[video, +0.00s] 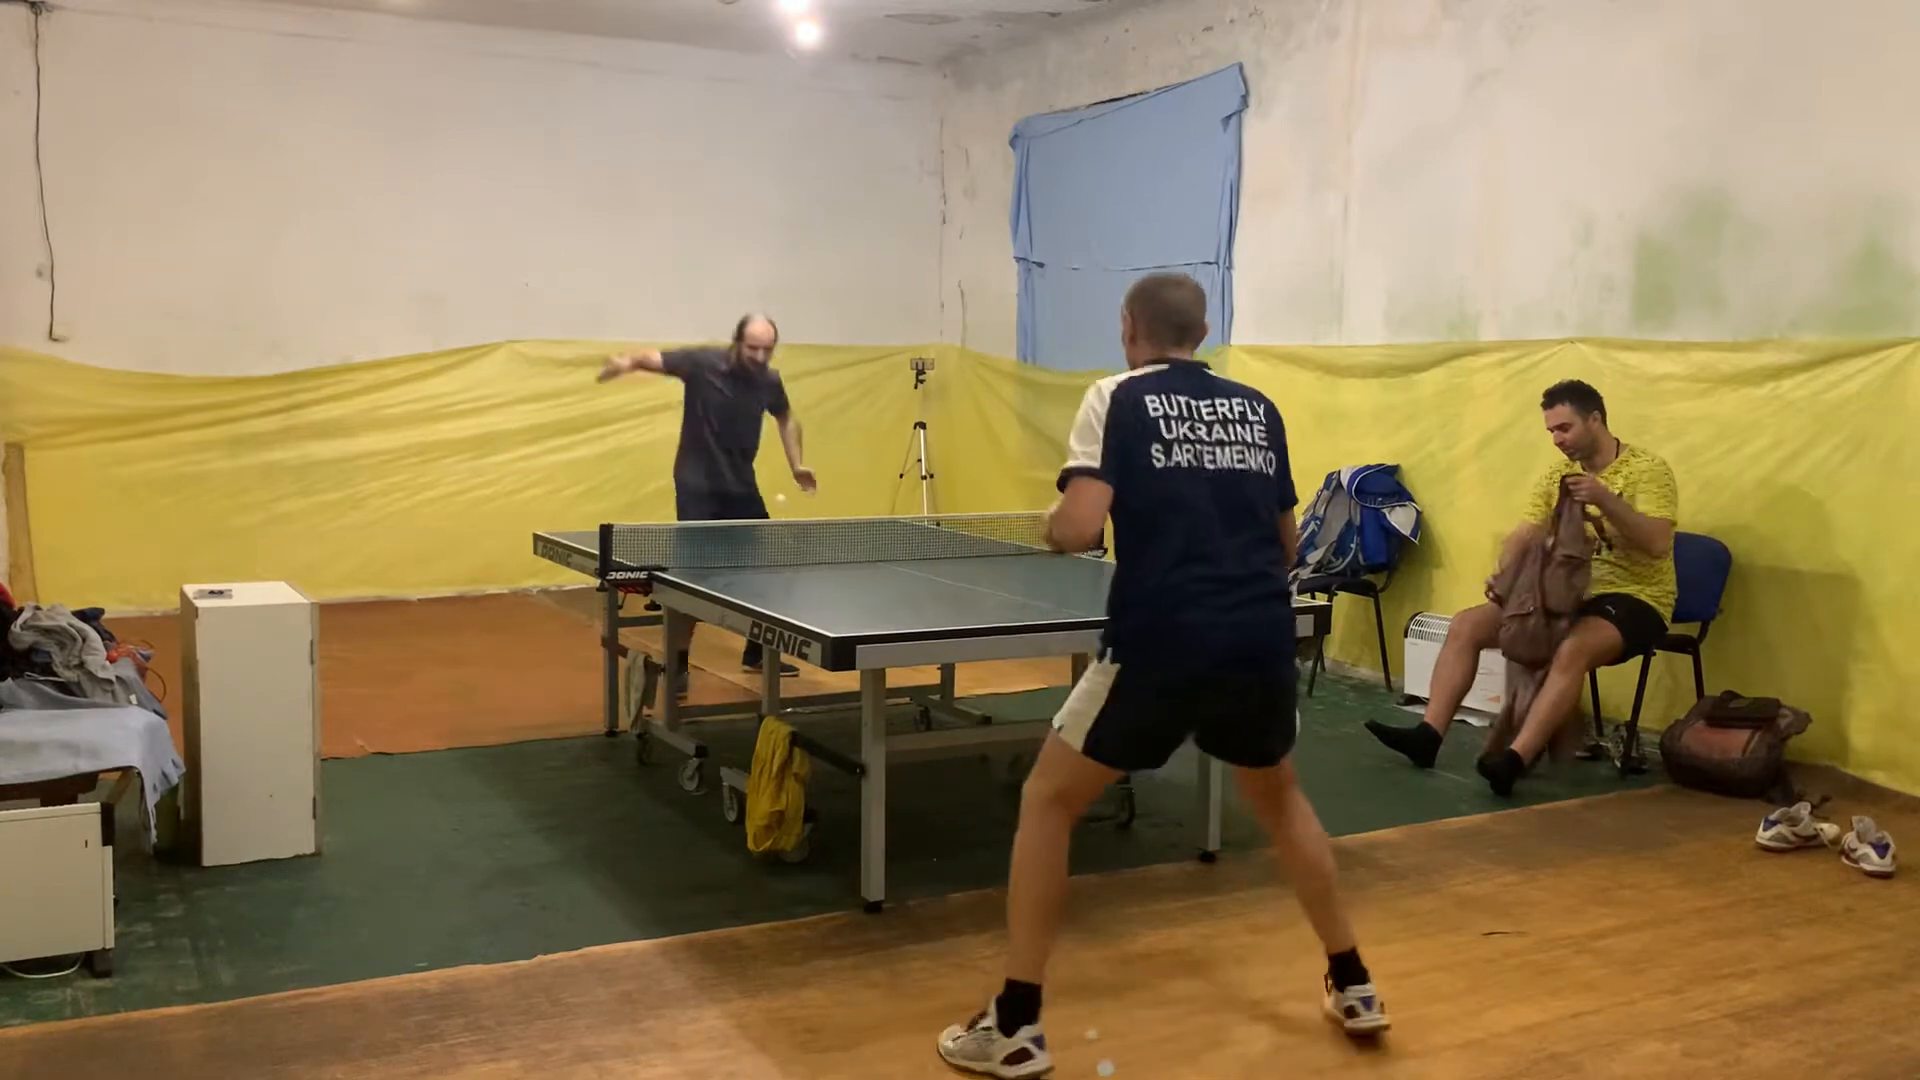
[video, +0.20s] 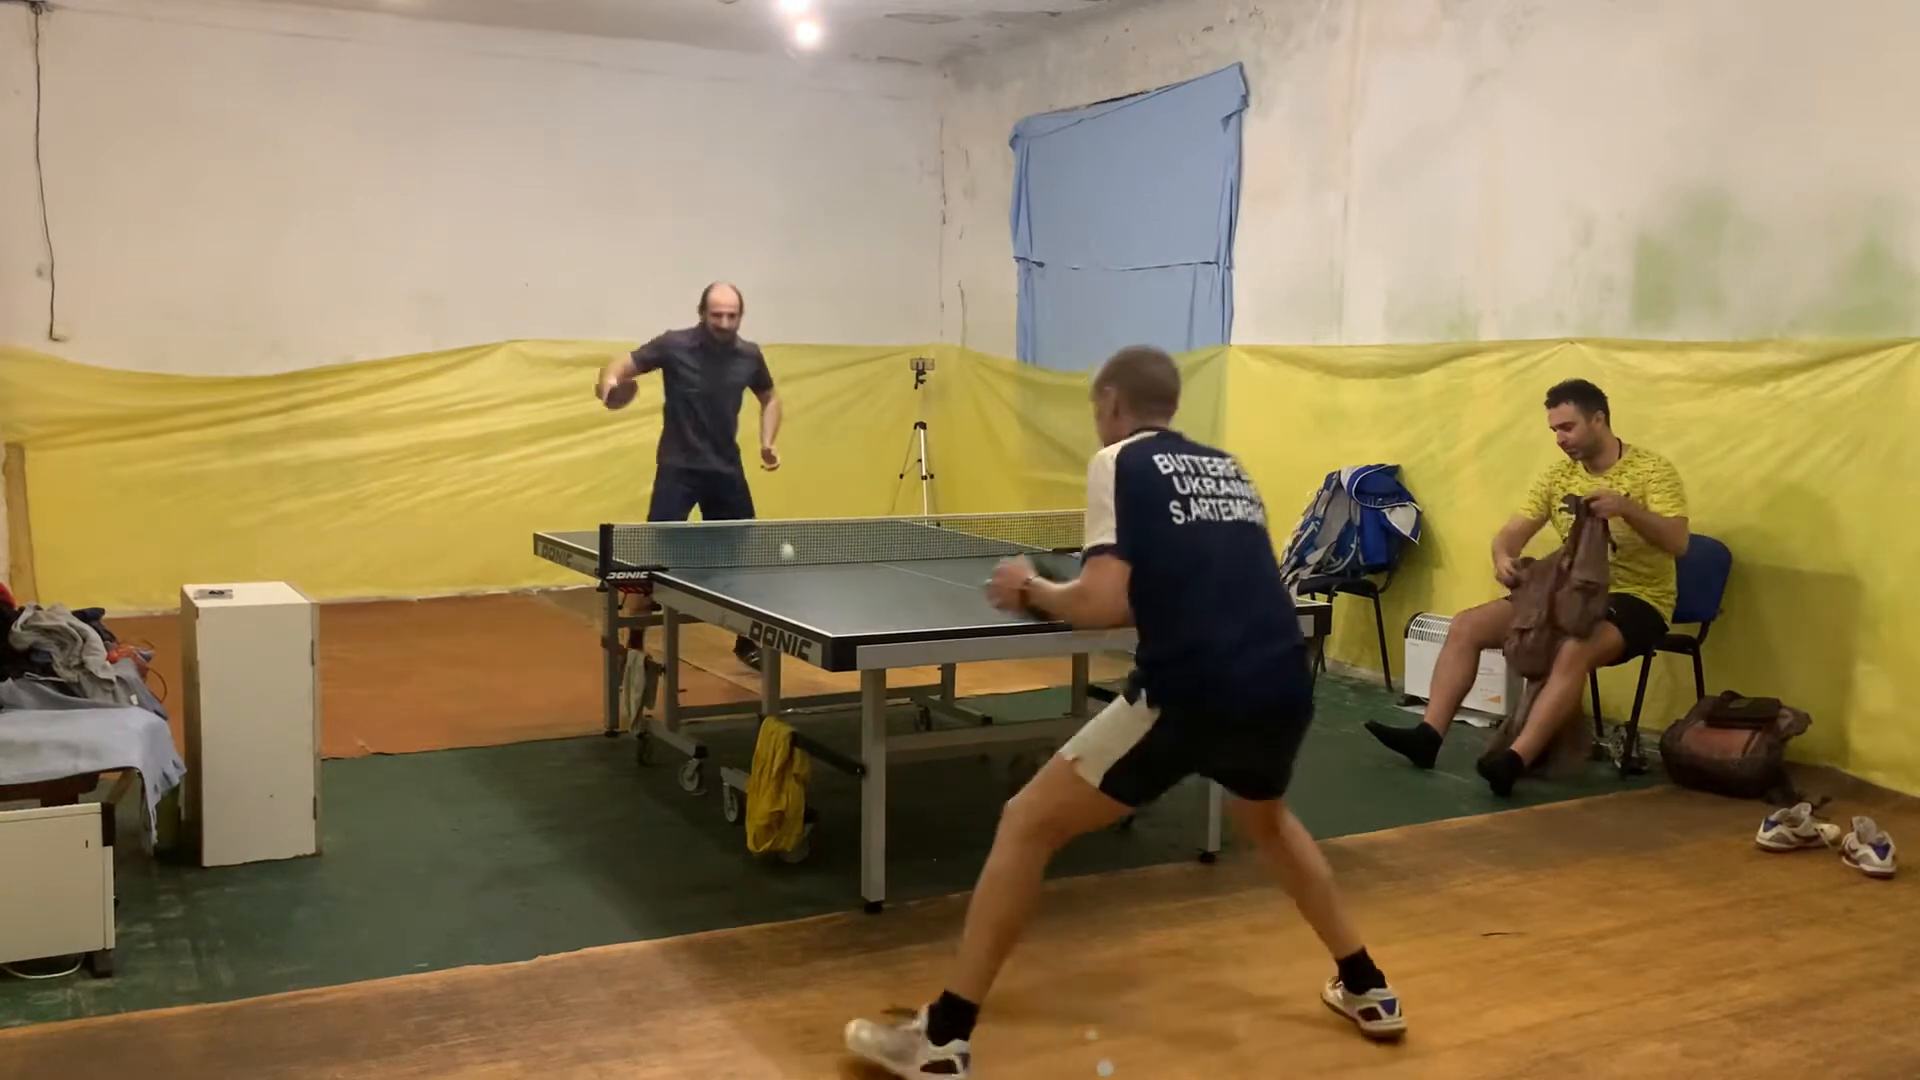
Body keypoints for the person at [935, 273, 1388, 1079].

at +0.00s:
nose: (1121, 343)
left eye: (1122, 332)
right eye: (1127, 332)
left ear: (1132, 335)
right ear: (1200, 337)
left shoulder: (1113, 395)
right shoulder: (1259, 407)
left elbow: (1080, 523)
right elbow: (1286, 543)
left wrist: (1057, 532)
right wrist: (1221, 540)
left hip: (1156, 651)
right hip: (1260, 650)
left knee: (1050, 800)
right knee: (1282, 798)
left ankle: (1016, 1020)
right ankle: (1353, 981)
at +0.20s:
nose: (1098, 425)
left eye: (1097, 413)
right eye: (1099, 413)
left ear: (1113, 409)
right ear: (1172, 408)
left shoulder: (1117, 463)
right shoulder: (1226, 466)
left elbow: (1104, 603)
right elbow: (1222, 585)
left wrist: (1029, 590)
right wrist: (1100, 599)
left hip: (1185, 692)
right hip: (1280, 686)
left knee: (1028, 821)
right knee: (1268, 817)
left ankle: (945, 1032)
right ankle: (1365, 982)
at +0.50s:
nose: (1008, 377)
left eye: (1008, 367)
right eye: (1011, 369)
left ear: (1023, 362)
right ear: (1091, 367)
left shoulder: (1013, 417)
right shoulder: (1141, 437)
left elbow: (938, 552)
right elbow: (1083, 589)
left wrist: (830, 566)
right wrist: (942, 613)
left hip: (1050, 695)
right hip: (1160, 692)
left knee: (914, 819)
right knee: (1226, 829)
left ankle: (924, 1037)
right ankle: (1320, 983)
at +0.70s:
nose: (1013, 310)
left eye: (1013, 299)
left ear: (1018, 305)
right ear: (1103, 310)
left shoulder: (974, 404)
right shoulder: (1148, 397)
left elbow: (877, 536)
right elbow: (1161, 465)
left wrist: (772, 611)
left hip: (1010, 678)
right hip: (1126, 675)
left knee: (911, 817)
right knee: (1170, 816)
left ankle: (925, 1035)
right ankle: (1236, 1021)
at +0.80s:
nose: (1037, 297)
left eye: (1039, 286)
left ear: (1044, 296)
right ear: (1126, 304)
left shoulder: (999, 404)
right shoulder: (1167, 405)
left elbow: (923, 548)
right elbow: (1191, 414)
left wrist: (823, 631)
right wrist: (1186, 365)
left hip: (1020, 678)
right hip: (1134, 678)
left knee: (919, 818)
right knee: (1166, 838)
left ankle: (925, 1035)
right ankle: (1226, 1019)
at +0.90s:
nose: (1062, 306)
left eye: (1064, 294)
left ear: (1071, 302)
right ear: (1154, 310)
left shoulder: (1040, 412)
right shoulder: (1196, 413)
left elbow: (989, 567)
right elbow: (1211, 436)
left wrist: (888, 657)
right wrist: (1190, 369)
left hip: (1058, 688)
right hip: (1170, 689)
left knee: (931, 816)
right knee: (1166, 879)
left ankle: (925, 1039)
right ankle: (1218, 1071)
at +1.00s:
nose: (1078, 322)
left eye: (1081, 310)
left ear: (1086, 318)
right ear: (1174, 329)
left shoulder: (1066, 428)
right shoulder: (1222, 424)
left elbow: (1029, 597)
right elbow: (1241, 502)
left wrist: (932, 684)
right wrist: (1196, 399)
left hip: (1087, 709)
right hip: (1205, 711)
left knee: (950, 820)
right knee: (1183, 909)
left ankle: (948, 1045)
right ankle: (1218, 1075)